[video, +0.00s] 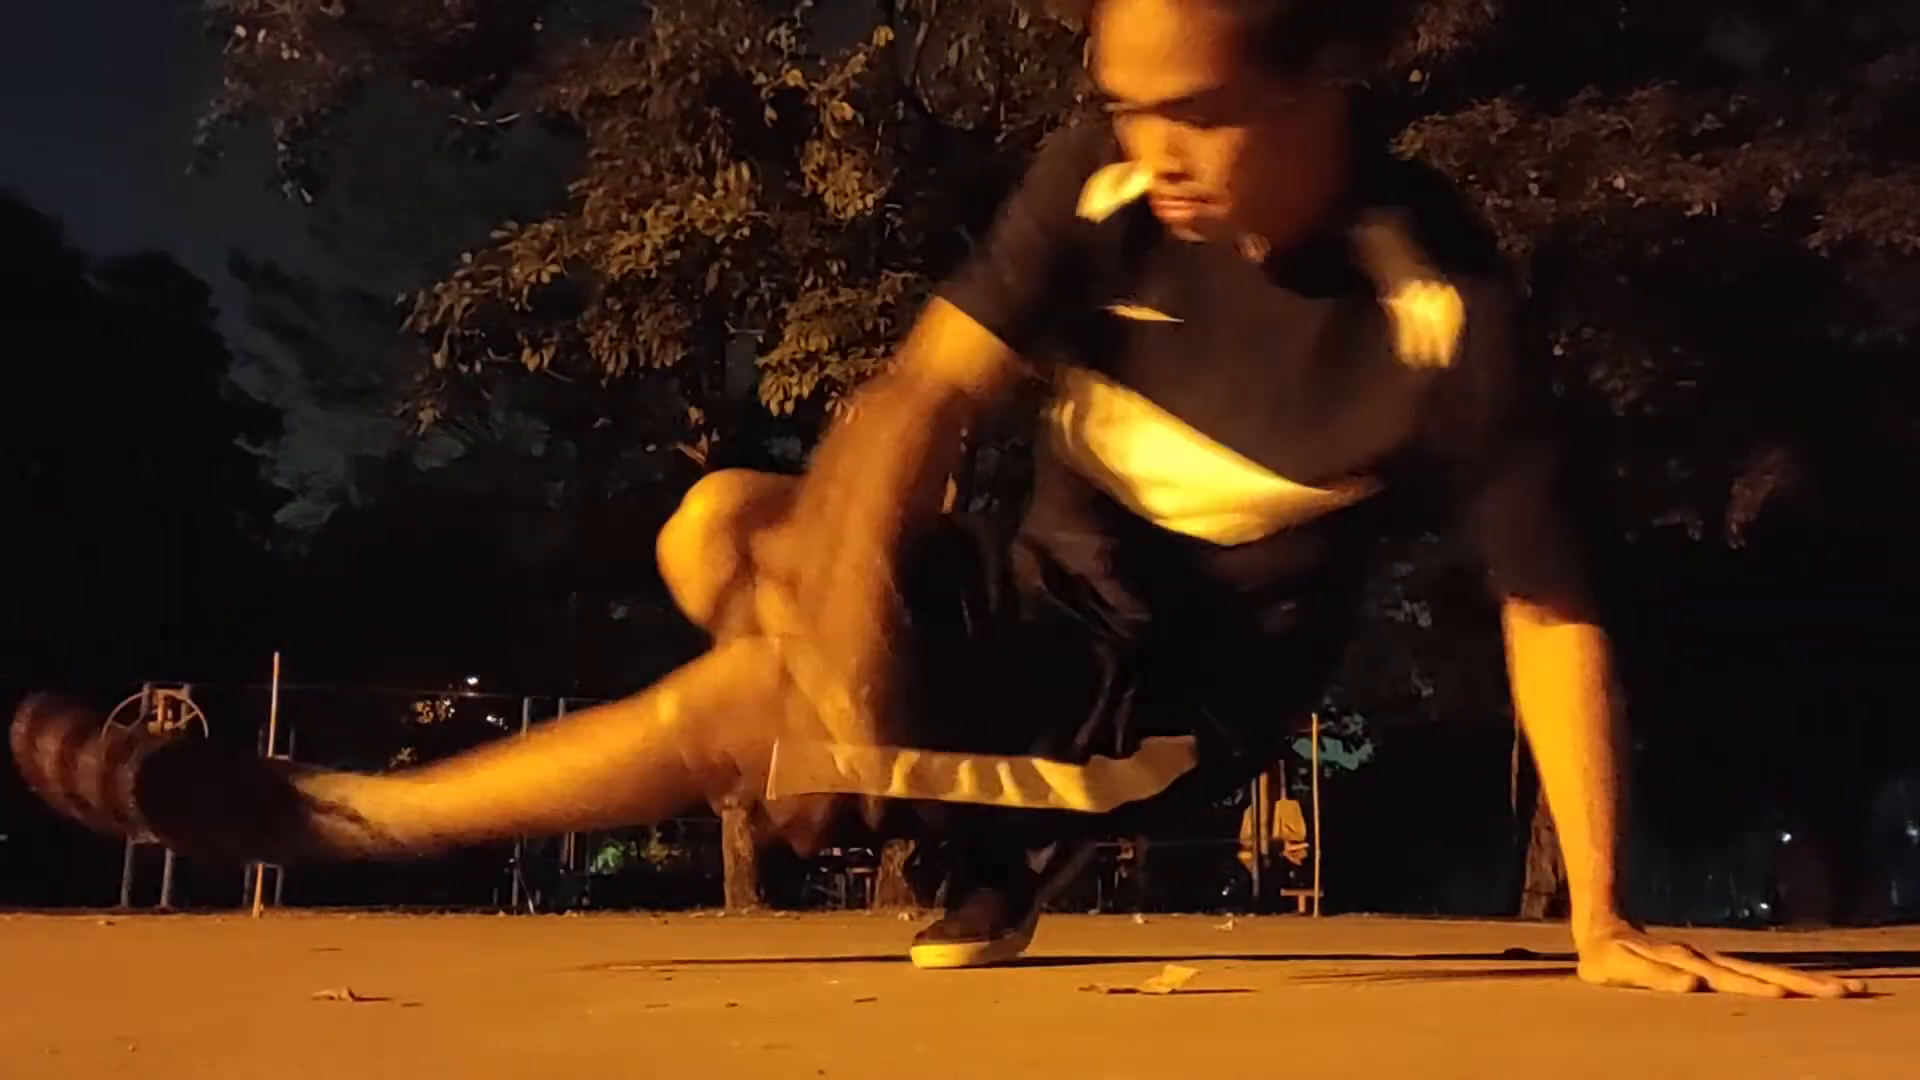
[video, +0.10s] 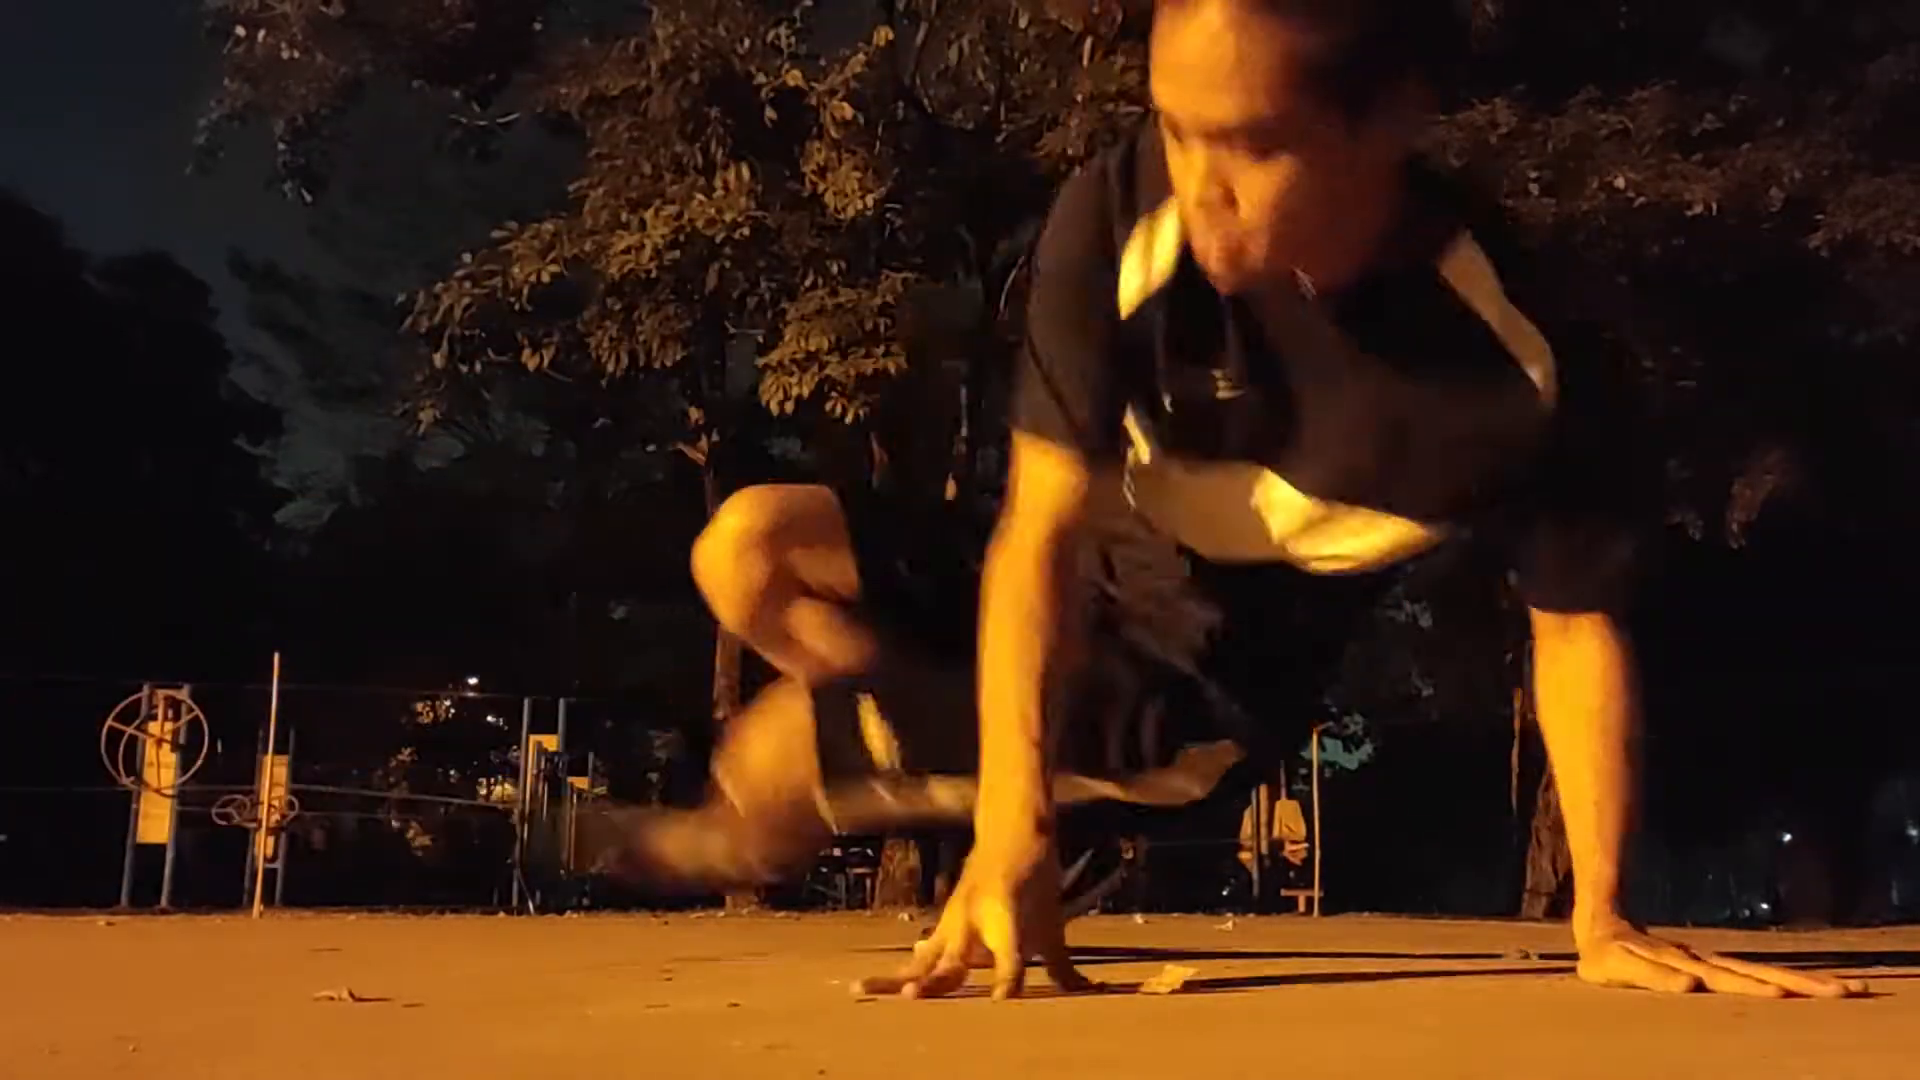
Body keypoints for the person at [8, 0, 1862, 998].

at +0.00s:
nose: (1145, 173)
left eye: (1197, 125)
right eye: (1126, 123)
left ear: (1364, 83)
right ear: (1108, 97)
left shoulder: (1454, 329)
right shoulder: (1105, 178)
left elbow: (1550, 626)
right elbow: (918, 411)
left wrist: (1602, 932)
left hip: (1144, 679)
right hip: (989, 530)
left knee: (741, 716)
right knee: (700, 537)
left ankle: (300, 824)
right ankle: (967, 834)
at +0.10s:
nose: (1206, 193)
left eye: (1256, 143)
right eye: (1181, 137)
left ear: (1399, 125)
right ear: (1153, 108)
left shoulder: (1530, 329)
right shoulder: (1114, 227)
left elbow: (1579, 615)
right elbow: (1037, 541)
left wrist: (1603, 920)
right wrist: (1003, 852)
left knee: (789, 757)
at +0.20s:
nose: (1182, 321)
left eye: (1239, 285)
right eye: (1159, 264)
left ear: (1370, 254)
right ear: (1132, 197)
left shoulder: (1498, 388)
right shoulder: (1099, 259)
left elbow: (1585, 640)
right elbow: (1017, 555)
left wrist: (1604, 927)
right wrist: (992, 840)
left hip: (1200, 704)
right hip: (1078, 557)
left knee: (864, 887)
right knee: (764, 536)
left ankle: (1049, 882)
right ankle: (986, 852)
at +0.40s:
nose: (944, 273)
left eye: (956, 233)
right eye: (932, 237)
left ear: (1071, 183)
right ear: (1045, 195)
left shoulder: (1340, 334)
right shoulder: (1041, 259)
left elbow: (1527, 614)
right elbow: (820, 373)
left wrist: (1602, 923)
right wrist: (703, 496)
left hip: (1206, 727)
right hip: (1077, 606)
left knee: (843, 892)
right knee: (808, 555)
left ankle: (1189, 867)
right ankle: (1061, 861)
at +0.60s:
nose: (820, 241)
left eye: (798, 204)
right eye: (801, 210)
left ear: (821, 159)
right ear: (919, 121)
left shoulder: (1001, 209)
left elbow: (1094, 525)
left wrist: (967, 778)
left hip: (1181, 690)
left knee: (808, 909)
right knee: (772, 551)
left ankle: (1076, 860)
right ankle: (1002, 846)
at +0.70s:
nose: (850, 221)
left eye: (862, 183)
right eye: (852, 193)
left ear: (906, 154)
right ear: (995, 138)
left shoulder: (962, 199)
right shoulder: (1147, 276)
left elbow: (824, 437)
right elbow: (1334, 531)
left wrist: (626, 538)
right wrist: (1515, 712)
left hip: (1099, 702)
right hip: (1017, 613)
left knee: (778, 900)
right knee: (749, 583)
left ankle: (1065, 875)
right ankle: (1009, 859)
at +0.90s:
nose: (1347, 379)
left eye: (1363, 359)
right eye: (1361, 352)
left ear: (1263, 259)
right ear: (1331, 294)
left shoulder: (1077, 265)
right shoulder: (1263, 343)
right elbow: (1290, 629)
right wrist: (1375, 924)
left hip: (843, 578)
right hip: (993, 594)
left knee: (738, 862)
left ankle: (968, 904)